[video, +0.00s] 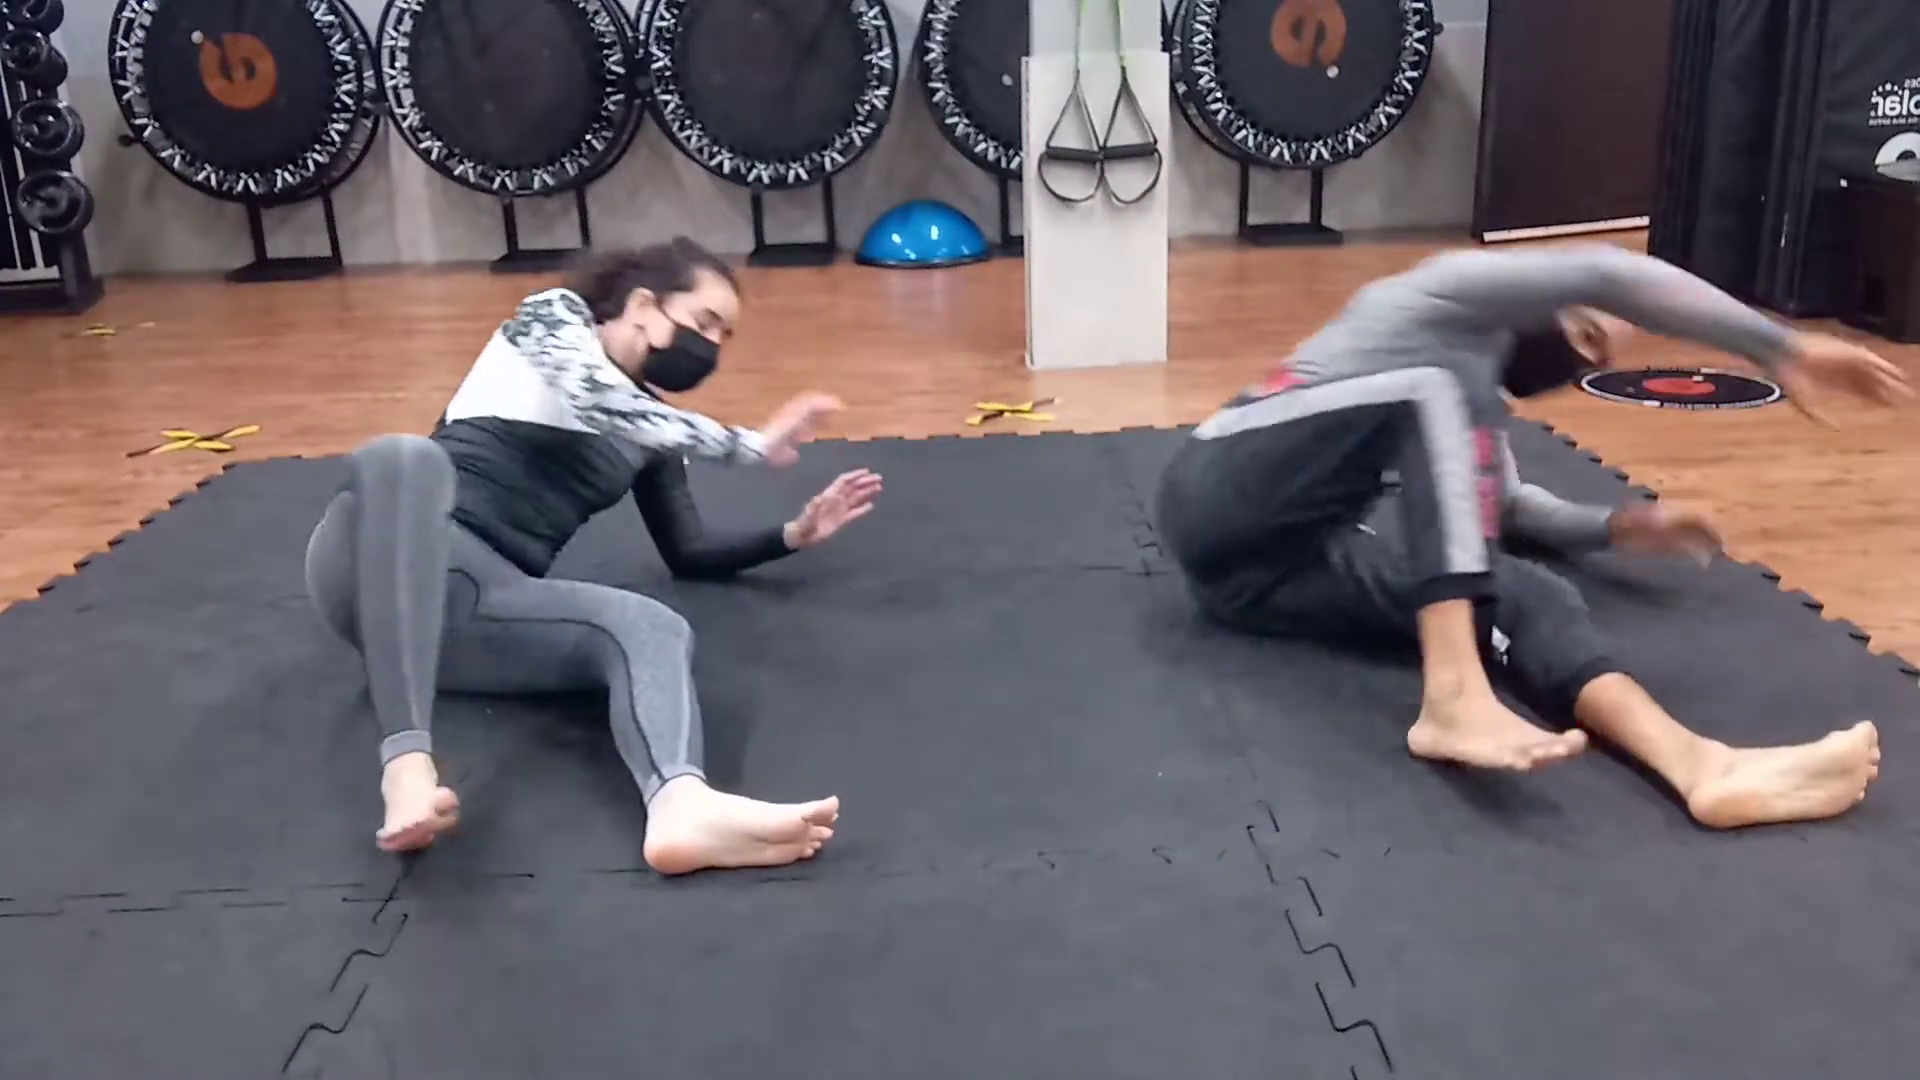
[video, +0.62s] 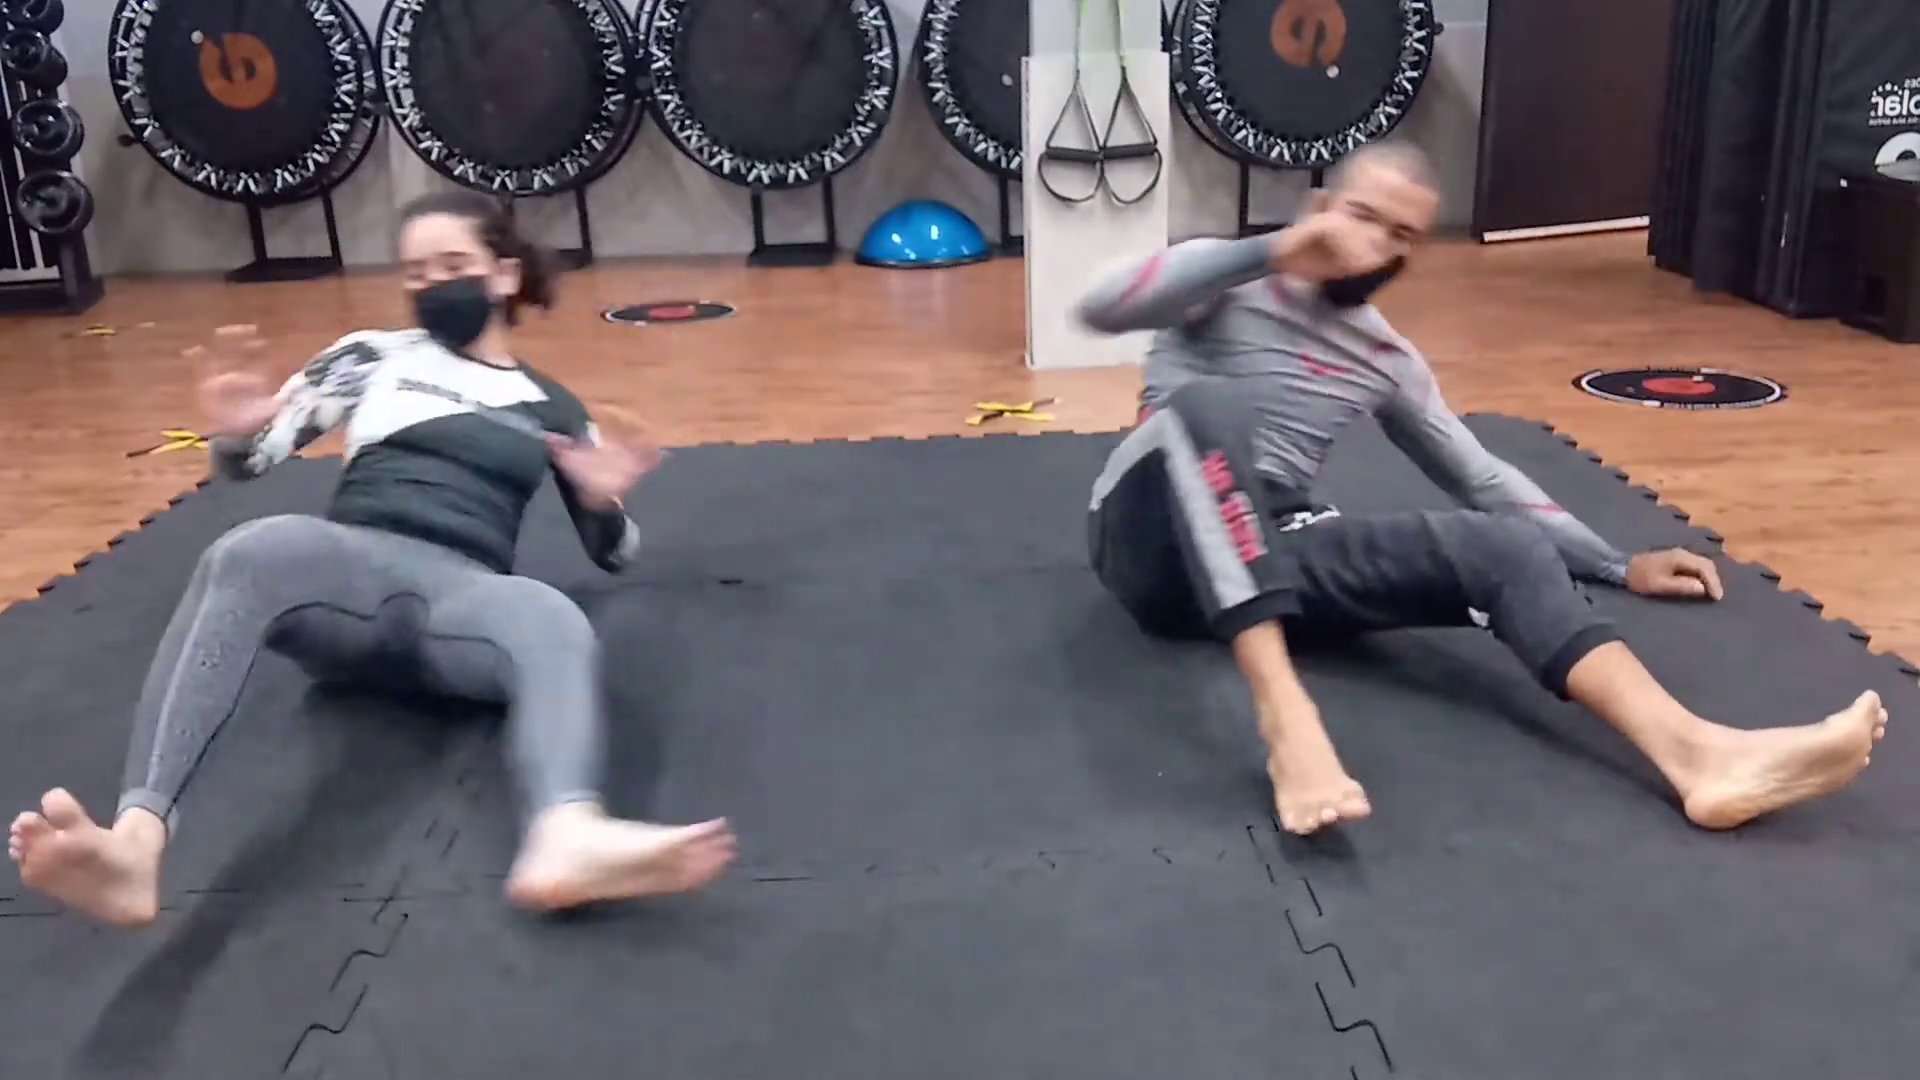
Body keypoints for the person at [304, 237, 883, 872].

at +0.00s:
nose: (715, 348)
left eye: (724, 338)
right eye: (707, 324)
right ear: (643, 303)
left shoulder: (650, 430)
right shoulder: (551, 314)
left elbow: (688, 552)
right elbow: (593, 393)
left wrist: (792, 536)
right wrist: (750, 444)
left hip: (490, 604)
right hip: (387, 562)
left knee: (653, 624)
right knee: (407, 456)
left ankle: (678, 798)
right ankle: (405, 756)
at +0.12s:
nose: (688, 331)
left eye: (700, 318)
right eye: (674, 307)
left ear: (705, 325)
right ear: (614, 301)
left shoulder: (649, 420)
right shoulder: (533, 312)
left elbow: (686, 552)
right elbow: (545, 380)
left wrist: (779, 528)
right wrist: (691, 419)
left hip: (504, 598)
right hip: (414, 547)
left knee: (645, 633)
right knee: (375, 466)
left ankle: (676, 803)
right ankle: (373, 768)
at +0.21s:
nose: (671, 325)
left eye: (683, 311)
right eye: (652, 303)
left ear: (689, 322)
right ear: (587, 301)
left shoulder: (645, 417)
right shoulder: (512, 322)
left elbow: (685, 550)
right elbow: (522, 386)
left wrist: (769, 522)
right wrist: (637, 402)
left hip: (508, 596)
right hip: (417, 547)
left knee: (637, 636)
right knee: (348, 481)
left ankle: (674, 806)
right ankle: (328, 785)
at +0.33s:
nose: (609, 305)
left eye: (624, 292)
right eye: (587, 287)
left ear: (640, 310)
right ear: (536, 295)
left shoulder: (625, 424)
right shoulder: (485, 328)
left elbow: (682, 552)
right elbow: (394, 382)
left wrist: (745, 510)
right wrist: (517, 377)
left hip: (508, 586)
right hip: (406, 538)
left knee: (621, 638)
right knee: (316, 517)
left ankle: (674, 813)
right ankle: (252, 826)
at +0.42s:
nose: (552, 294)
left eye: (570, 277)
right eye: (530, 280)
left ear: (601, 287)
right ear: (499, 292)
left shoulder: (609, 421)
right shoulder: (451, 353)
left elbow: (670, 554)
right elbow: (321, 414)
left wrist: (707, 511)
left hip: (499, 584)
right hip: (392, 537)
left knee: (606, 637)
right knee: (285, 544)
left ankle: (673, 814)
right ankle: (193, 836)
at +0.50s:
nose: (500, 287)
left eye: (521, 272)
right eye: (480, 276)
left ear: (564, 284)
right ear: (458, 292)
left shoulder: (587, 412)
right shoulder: (412, 350)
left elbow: (640, 555)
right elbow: (272, 438)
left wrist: (669, 514)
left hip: (489, 581)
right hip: (379, 540)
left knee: (590, 636)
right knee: (258, 552)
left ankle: (657, 819)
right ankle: (145, 848)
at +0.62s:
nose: (432, 276)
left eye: (452, 258)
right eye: (414, 266)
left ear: (507, 272)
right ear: (402, 284)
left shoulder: (550, 402)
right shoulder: (370, 355)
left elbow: (613, 560)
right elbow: (251, 465)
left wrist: (603, 510)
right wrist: (234, 438)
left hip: (471, 581)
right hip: (357, 552)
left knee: (559, 627)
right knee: (243, 557)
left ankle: (564, 831)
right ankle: (138, 843)